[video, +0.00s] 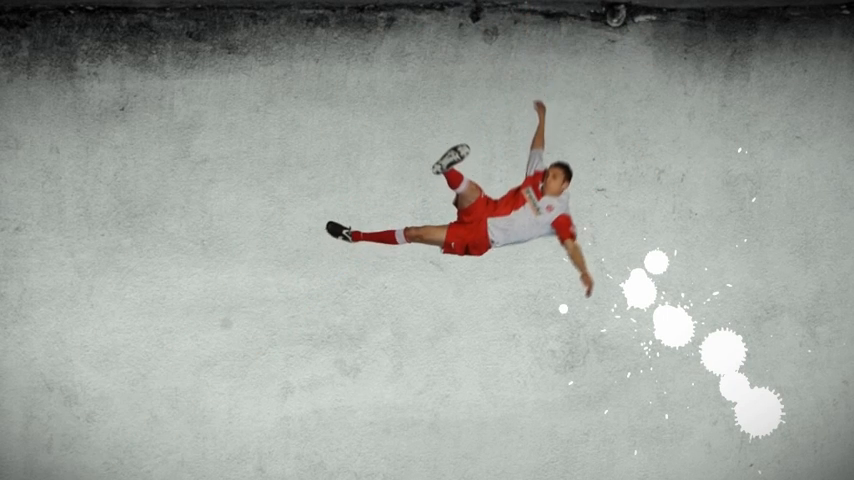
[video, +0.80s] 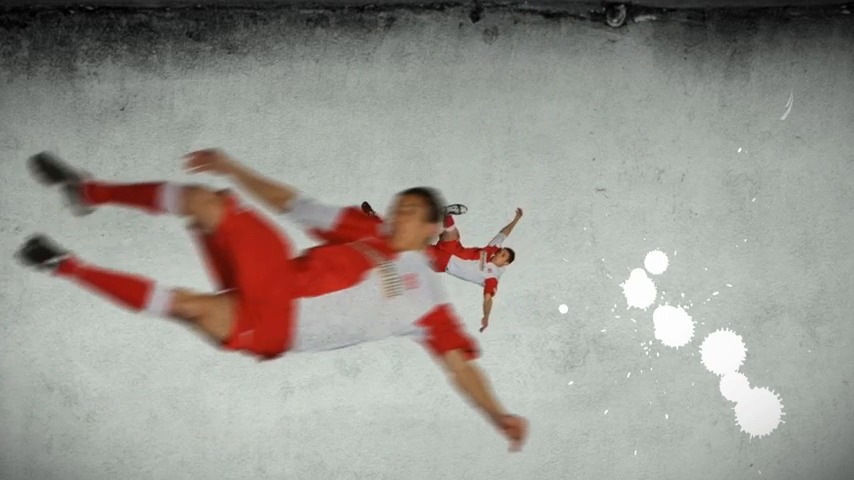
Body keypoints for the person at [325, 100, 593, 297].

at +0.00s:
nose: (548, 179)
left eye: (555, 178)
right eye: (548, 175)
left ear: (564, 186)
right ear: (544, 176)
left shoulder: (559, 216)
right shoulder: (535, 179)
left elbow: (571, 246)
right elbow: (537, 150)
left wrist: (584, 272)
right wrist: (542, 119)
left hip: (479, 237)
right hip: (479, 210)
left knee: (416, 233)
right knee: (469, 189)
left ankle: (354, 236)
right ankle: (446, 171)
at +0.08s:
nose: (543, 196)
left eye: (550, 194)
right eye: (544, 191)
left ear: (559, 201)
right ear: (541, 191)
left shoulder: (551, 230)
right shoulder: (532, 194)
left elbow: (560, 260)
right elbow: (535, 166)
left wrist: (571, 286)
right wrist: (542, 138)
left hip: (474, 242)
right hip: (478, 217)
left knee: (414, 235)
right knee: (467, 197)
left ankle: (357, 233)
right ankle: (450, 180)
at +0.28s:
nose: (532, 227)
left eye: (537, 227)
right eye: (533, 223)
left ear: (541, 234)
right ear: (529, 222)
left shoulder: (530, 257)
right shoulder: (520, 223)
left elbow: (533, 283)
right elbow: (527, 199)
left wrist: (538, 306)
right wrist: (538, 176)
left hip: (461, 256)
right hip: (470, 235)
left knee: (412, 238)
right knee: (467, 215)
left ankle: (364, 227)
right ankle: (452, 197)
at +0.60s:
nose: (513, 247)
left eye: (517, 248)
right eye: (514, 244)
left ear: (519, 255)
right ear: (510, 244)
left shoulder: (506, 273)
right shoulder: (502, 245)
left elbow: (505, 296)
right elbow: (512, 224)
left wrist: (504, 318)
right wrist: (526, 206)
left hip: (448, 261)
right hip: (459, 247)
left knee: (409, 238)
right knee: (456, 227)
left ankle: (371, 221)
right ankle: (450, 208)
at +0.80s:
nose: (500, 257)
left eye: (504, 258)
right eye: (502, 254)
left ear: (504, 265)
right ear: (498, 252)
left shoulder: (492, 278)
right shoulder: (492, 249)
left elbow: (489, 298)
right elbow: (503, 234)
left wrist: (485, 318)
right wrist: (516, 219)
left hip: (442, 262)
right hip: (452, 248)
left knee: (406, 249)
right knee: (449, 227)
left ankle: (374, 219)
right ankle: (446, 213)